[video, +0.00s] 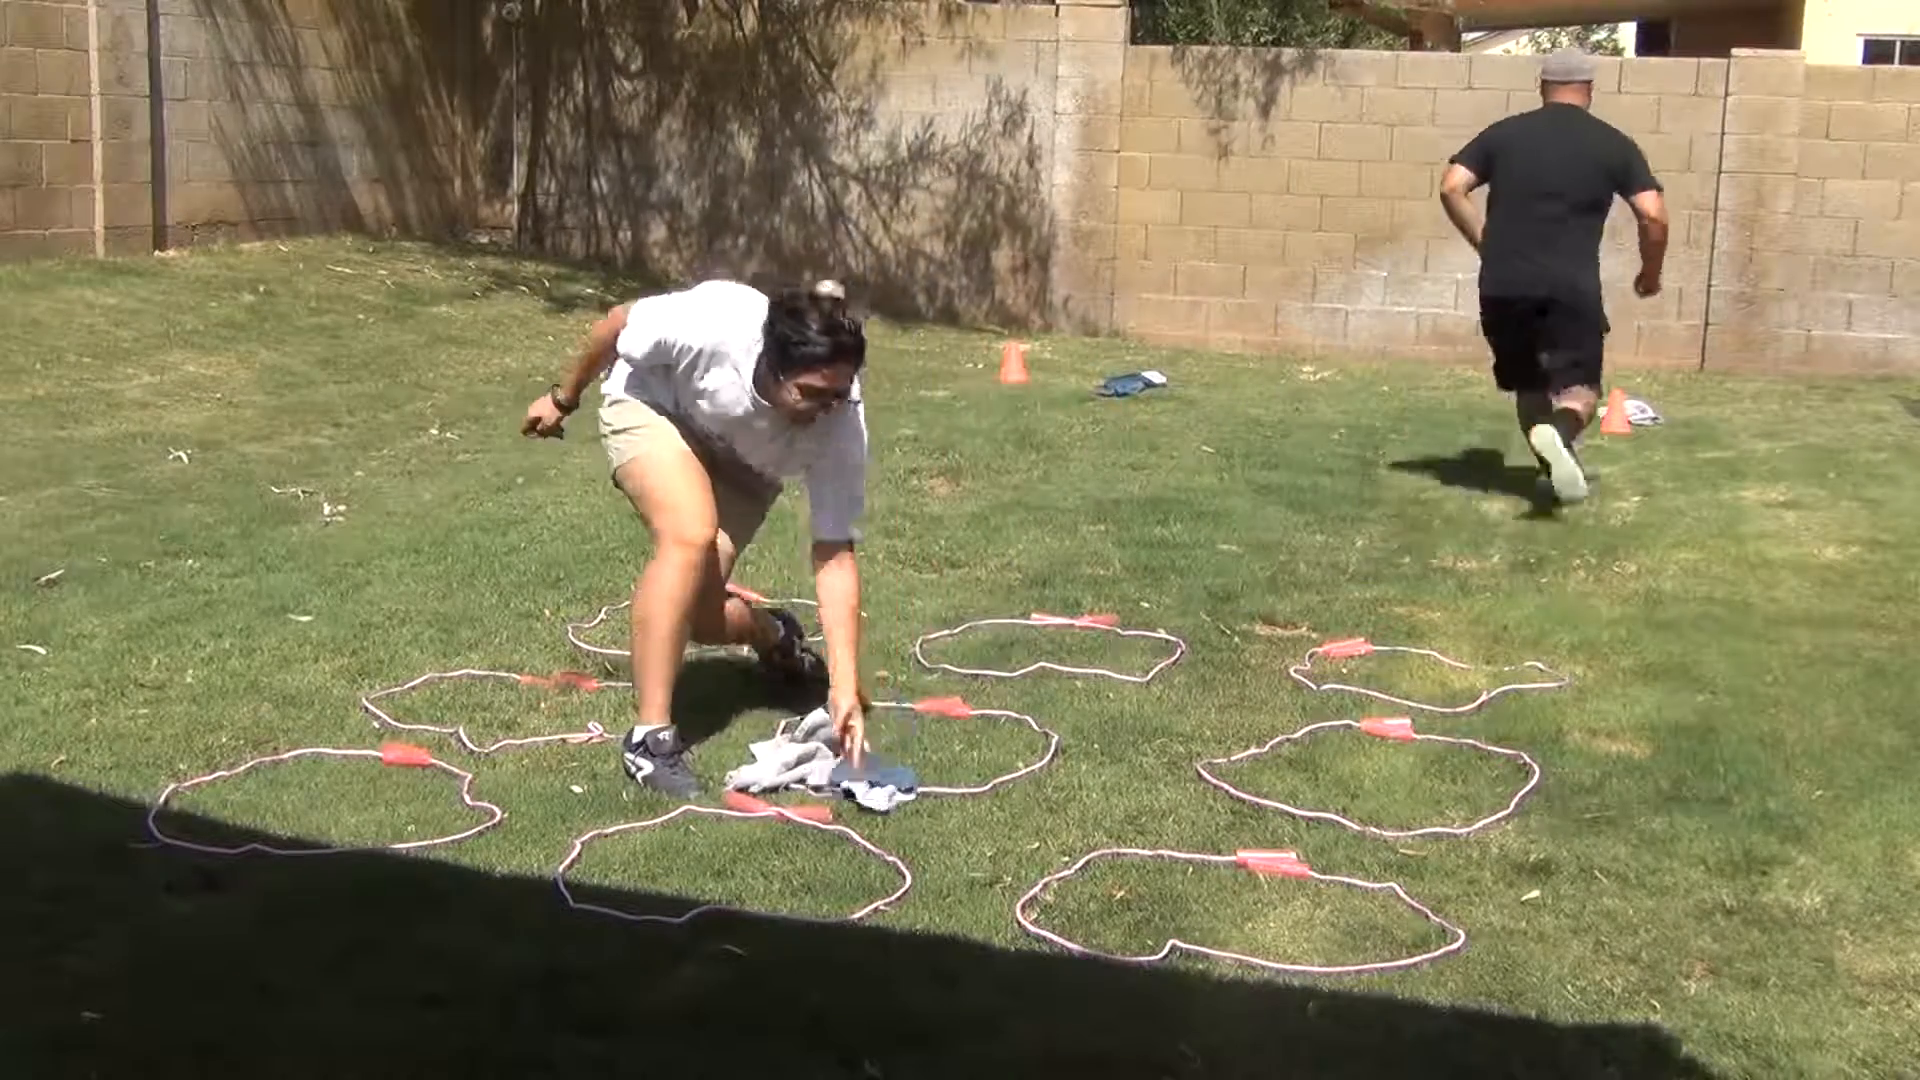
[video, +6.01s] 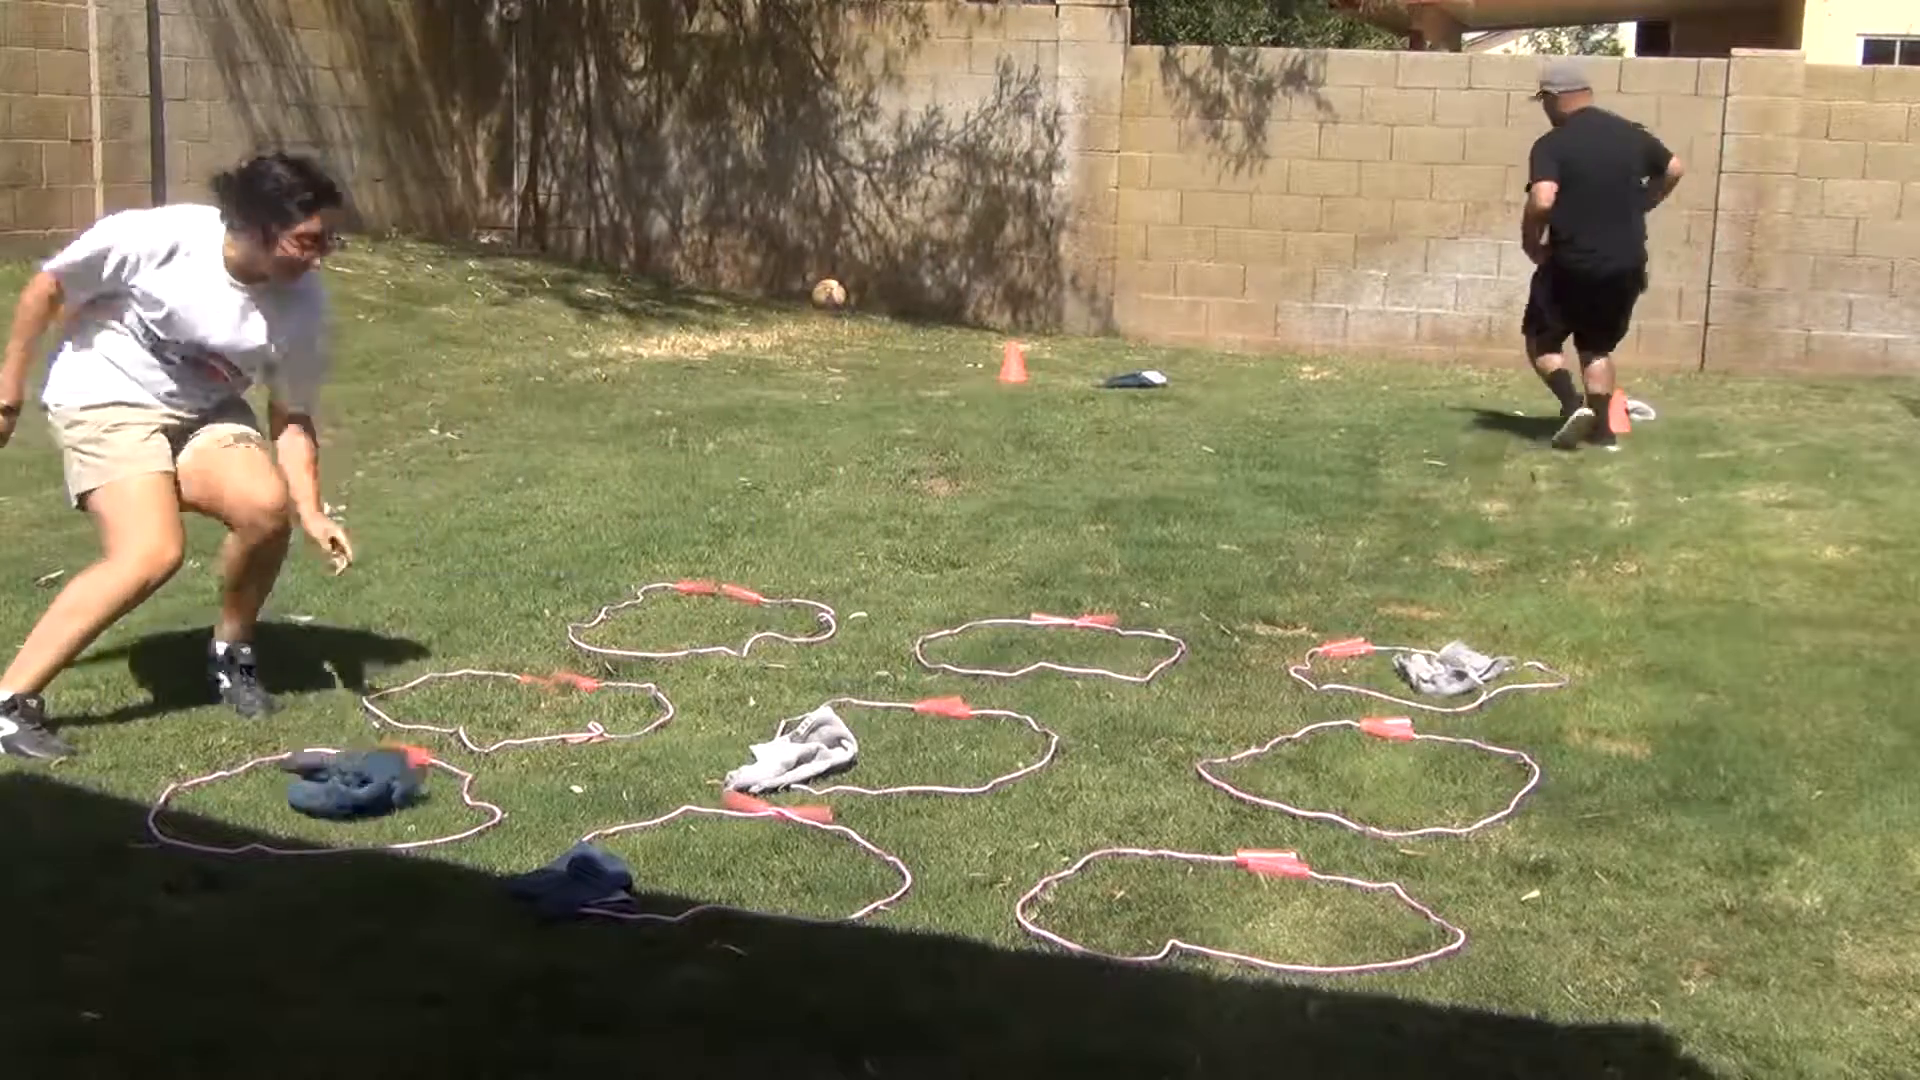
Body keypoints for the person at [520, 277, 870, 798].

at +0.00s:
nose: (823, 409)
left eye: (837, 396)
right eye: (810, 393)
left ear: (850, 381)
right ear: (773, 366)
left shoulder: (842, 429)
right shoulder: (717, 322)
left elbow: (835, 553)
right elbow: (614, 326)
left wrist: (847, 690)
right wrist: (563, 398)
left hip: (747, 465)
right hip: (653, 398)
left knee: (698, 617)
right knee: (689, 536)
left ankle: (771, 632)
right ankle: (651, 737)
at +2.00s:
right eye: (1117, 79)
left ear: (1073, 76)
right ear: (1117, 81)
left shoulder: (1044, 107)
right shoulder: (1132, 125)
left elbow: (998, 144)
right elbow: (1155, 196)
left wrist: (946, 183)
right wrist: (1114, 190)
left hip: (1049, 243)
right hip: (1110, 245)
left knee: (1066, 338)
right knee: (1101, 335)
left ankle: (1082, 430)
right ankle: (1100, 405)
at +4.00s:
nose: (1089, 98)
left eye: (1097, 90)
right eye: (1080, 89)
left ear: (1109, 96)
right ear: (1068, 94)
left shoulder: (1126, 149)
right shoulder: (1047, 129)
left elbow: (1136, 214)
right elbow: (1025, 173)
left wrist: (1088, 239)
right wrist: (1018, 218)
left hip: (1109, 249)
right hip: (1054, 244)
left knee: (1101, 335)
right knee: (1070, 321)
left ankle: (1102, 398)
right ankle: (1069, 414)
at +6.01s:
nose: (320, 256)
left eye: (326, 241)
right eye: (309, 241)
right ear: (262, 228)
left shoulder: (302, 306)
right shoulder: (158, 239)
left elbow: (295, 418)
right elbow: (47, 285)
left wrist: (314, 513)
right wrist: (9, 393)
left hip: (207, 411)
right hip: (108, 396)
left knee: (269, 506)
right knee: (149, 552)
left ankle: (232, 652)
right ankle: (10, 699)